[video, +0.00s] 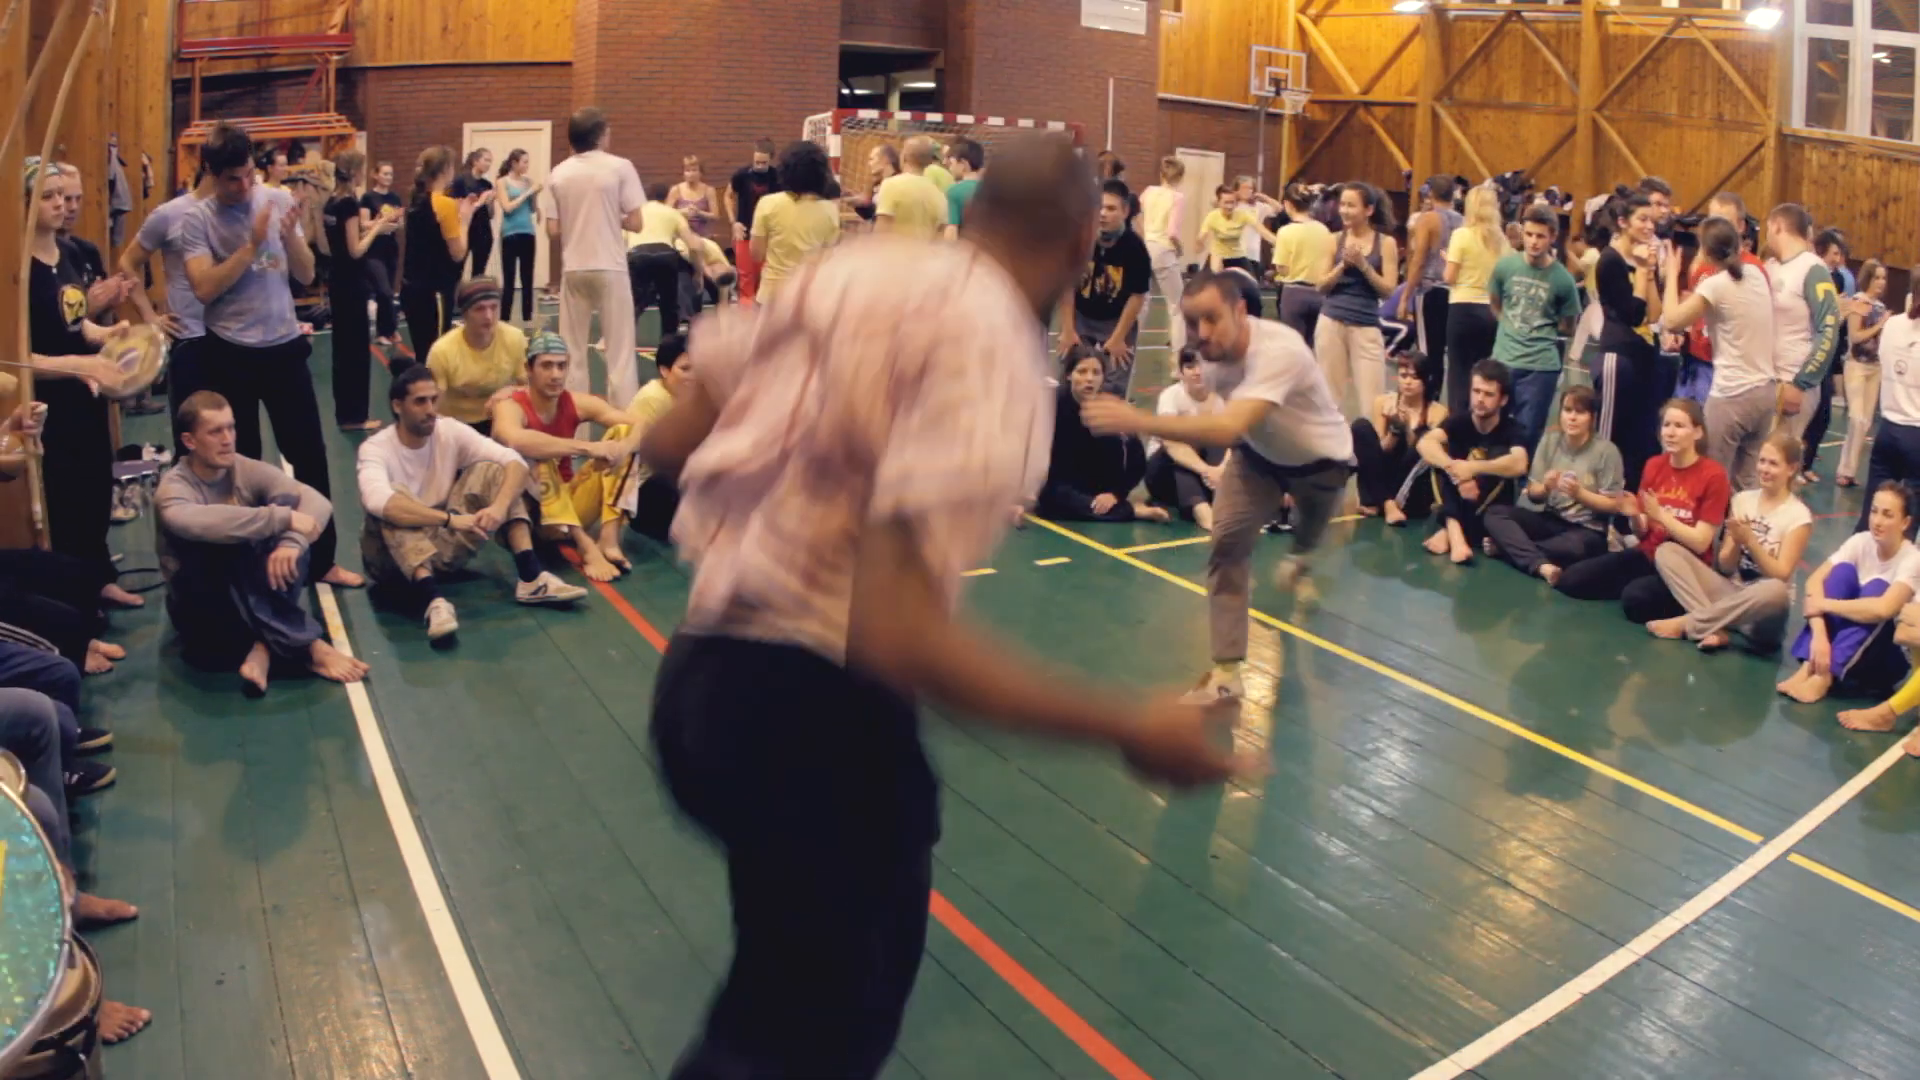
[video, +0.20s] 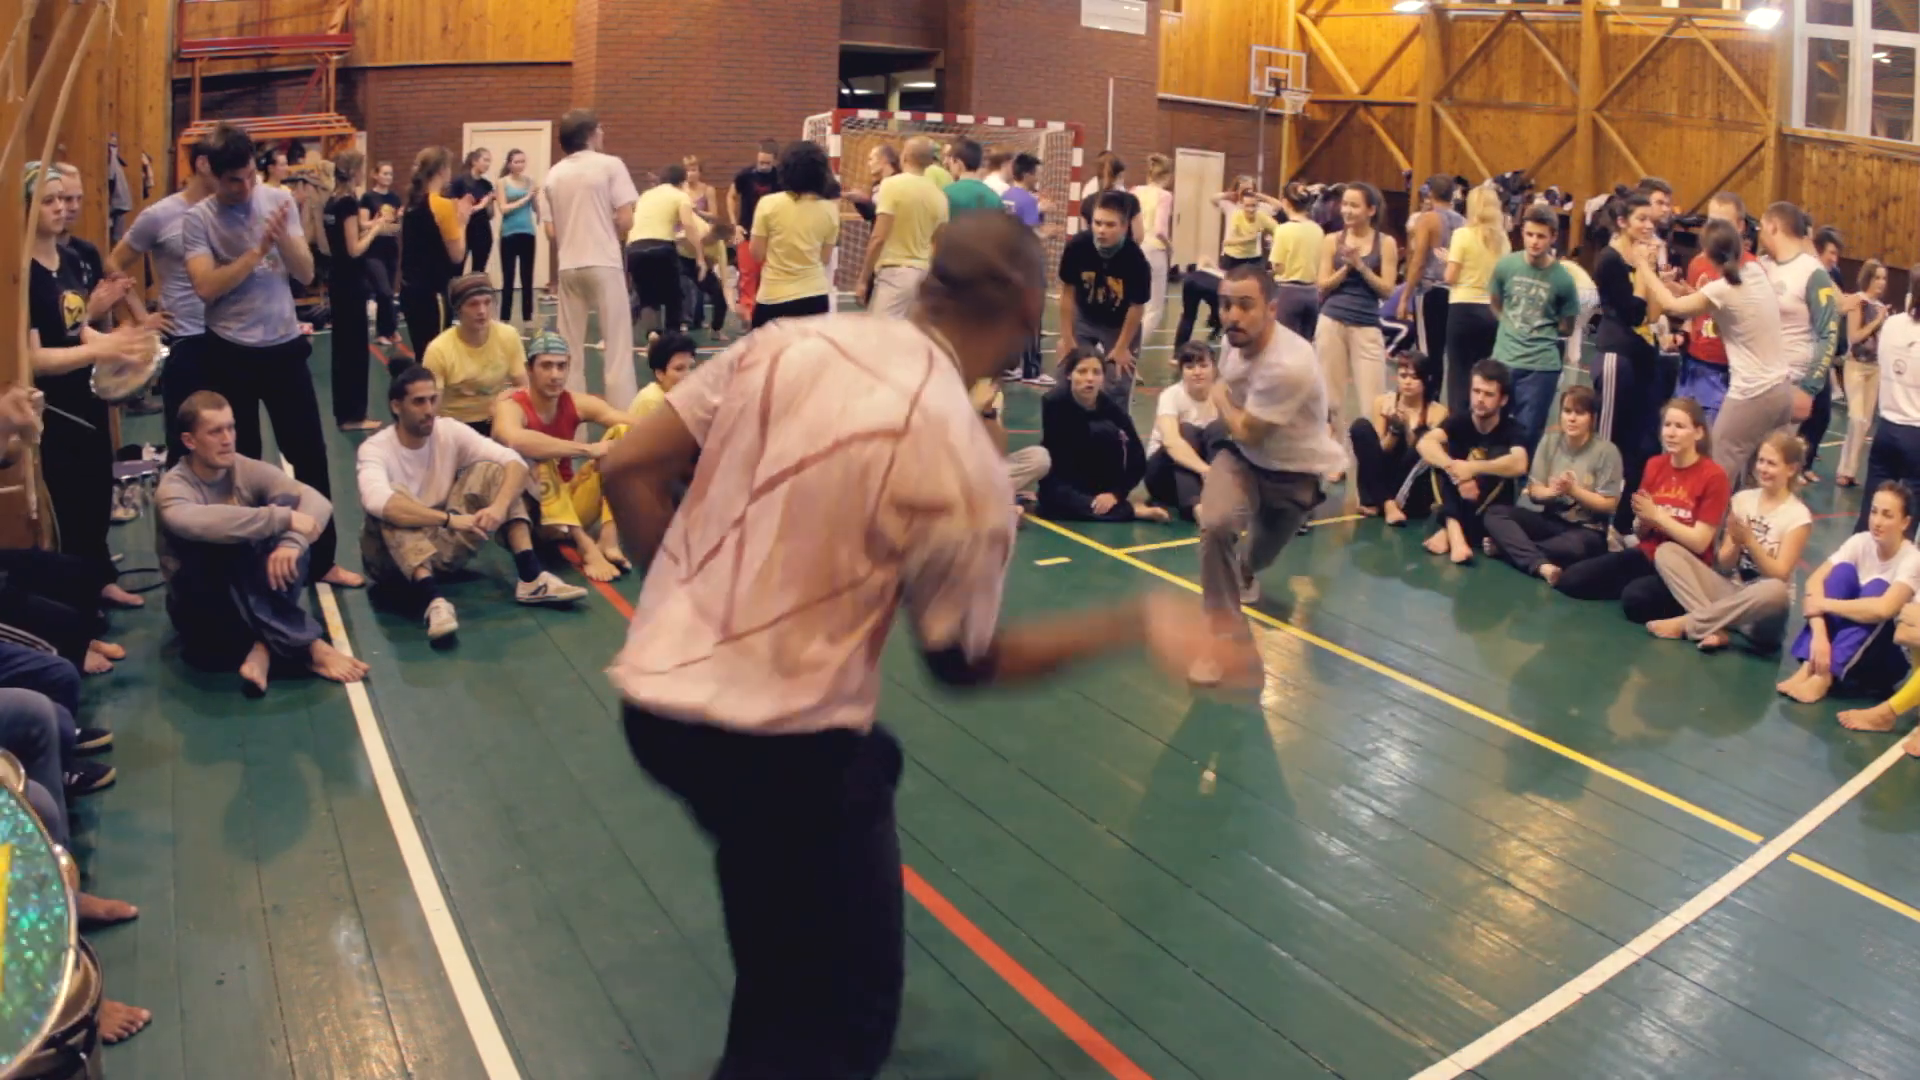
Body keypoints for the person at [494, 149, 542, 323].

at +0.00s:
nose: (527, 166)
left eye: (528, 162)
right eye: (524, 162)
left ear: (524, 163)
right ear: (514, 162)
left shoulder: (527, 181)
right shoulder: (502, 181)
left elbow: (533, 210)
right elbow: (507, 207)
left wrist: (535, 195)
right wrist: (528, 192)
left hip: (527, 230)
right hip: (510, 230)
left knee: (527, 279)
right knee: (509, 279)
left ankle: (528, 318)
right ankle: (505, 318)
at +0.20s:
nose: (520, 165)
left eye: (523, 161)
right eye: (516, 162)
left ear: (526, 163)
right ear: (509, 163)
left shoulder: (529, 182)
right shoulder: (502, 182)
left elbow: (537, 210)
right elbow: (503, 208)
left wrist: (535, 198)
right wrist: (527, 197)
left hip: (527, 229)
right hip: (509, 230)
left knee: (527, 279)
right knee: (508, 279)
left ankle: (528, 318)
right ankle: (505, 318)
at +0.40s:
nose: (513, 165)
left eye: (516, 162)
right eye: (509, 162)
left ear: (522, 163)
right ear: (505, 165)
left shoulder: (530, 183)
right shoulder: (501, 184)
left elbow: (538, 209)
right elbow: (502, 209)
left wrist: (534, 197)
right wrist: (518, 197)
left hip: (527, 231)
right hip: (508, 231)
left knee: (526, 279)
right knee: (507, 279)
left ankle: (528, 317)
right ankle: (505, 318)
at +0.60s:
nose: (512, 165)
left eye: (515, 161)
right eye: (509, 162)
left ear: (521, 163)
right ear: (504, 165)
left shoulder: (529, 182)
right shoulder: (501, 184)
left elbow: (538, 205)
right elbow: (500, 209)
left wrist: (530, 194)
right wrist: (519, 197)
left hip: (525, 231)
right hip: (507, 231)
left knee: (525, 278)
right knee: (506, 279)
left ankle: (527, 318)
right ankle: (505, 319)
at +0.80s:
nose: (515, 163)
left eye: (518, 159)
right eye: (511, 160)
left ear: (523, 161)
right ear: (506, 163)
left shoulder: (530, 181)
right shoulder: (501, 182)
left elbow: (538, 205)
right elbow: (500, 209)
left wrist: (534, 197)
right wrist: (517, 197)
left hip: (526, 231)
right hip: (507, 231)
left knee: (526, 279)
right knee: (506, 279)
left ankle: (527, 318)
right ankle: (505, 319)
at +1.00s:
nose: (519, 163)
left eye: (522, 159)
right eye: (515, 159)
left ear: (526, 162)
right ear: (509, 162)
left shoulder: (531, 181)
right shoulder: (502, 182)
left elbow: (538, 206)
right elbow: (500, 207)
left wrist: (533, 195)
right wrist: (518, 196)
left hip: (527, 230)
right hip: (508, 230)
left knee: (527, 277)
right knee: (507, 278)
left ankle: (528, 318)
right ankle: (505, 319)